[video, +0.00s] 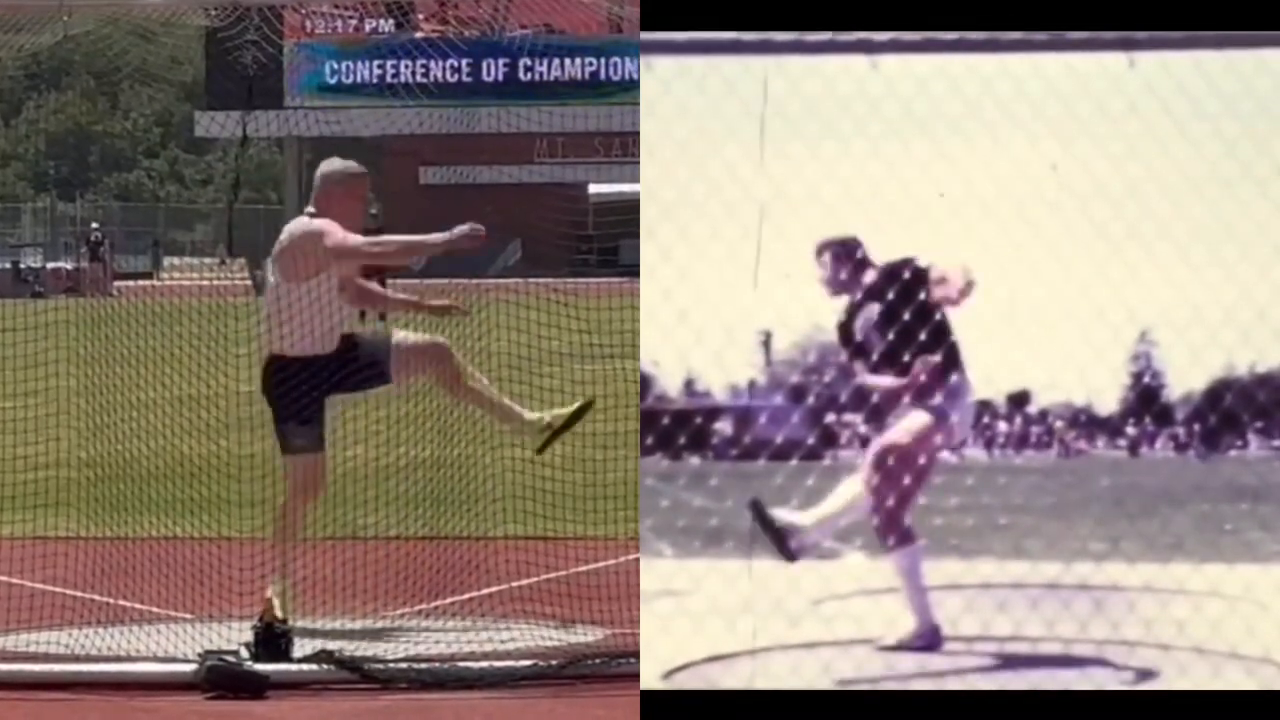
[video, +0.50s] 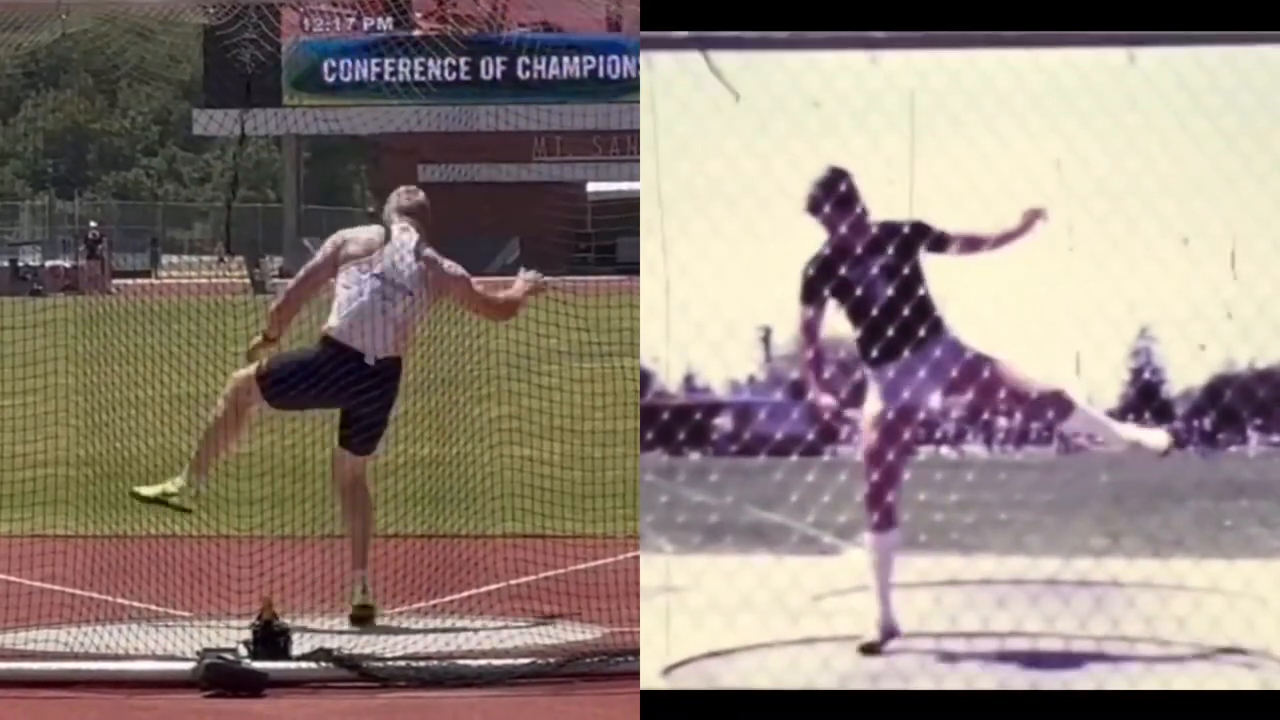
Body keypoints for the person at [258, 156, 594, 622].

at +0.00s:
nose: (366, 205)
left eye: (366, 196)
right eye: (360, 196)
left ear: (340, 197)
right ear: (332, 194)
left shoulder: (337, 240)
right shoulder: (307, 231)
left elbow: (360, 291)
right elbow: (373, 248)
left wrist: (422, 302)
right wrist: (446, 240)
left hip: (337, 355)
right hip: (293, 372)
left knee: (436, 355)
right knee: (306, 484)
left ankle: (530, 427)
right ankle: (276, 603)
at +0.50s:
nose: (400, 213)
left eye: (394, 207)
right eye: (410, 211)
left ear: (386, 215)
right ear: (426, 224)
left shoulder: (353, 240)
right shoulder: (440, 268)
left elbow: (297, 289)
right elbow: (497, 309)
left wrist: (271, 333)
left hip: (336, 361)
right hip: (383, 380)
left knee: (244, 385)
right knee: (352, 472)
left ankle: (187, 483)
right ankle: (362, 591)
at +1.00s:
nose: (219, 238)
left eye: (226, 226)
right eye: (217, 227)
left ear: (256, 221)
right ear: (252, 223)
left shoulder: (261, 279)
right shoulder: (319, 240)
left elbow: (178, 320)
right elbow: (390, 273)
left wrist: (97, 342)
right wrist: (461, 295)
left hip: (341, 394)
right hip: (299, 400)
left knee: (386, 506)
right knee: (259, 507)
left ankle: (473, 605)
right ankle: (251, 633)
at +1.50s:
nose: (266, 238)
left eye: (275, 228)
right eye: (259, 230)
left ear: (299, 228)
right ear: (252, 234)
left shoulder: (316, 271)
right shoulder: (286, 265)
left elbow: (271, 319)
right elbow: (363, 277)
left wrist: (206, 349)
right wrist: (402, 300)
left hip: (361, 396)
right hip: (309, 402)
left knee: (400, 511)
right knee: (264, 508)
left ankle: (464, 613)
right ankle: (250, 633)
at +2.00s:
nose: (367, 254)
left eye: (373, 244)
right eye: (356, 244)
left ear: (379, 246)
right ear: (329, 248)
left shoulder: (392, 288)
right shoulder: (302, 282)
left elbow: (436, 316)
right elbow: (273, 315)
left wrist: (458, 343)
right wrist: (259, 337)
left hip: (377, 422)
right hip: (313, 421)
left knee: (450, 504)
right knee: (274, 510)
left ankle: (426, 627)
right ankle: (248, 633)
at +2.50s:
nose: (443, 279)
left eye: (443, 269)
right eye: (436, 268)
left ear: (427, 273)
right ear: (404, 270)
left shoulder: (440, 311)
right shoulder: (353, 306)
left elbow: (504, 334)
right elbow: (279, 338)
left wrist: (571, 360)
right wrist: (213, 370)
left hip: (377, 450)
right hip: (345, 433)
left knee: (448, 526)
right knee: (365, 513)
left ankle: (439, 624)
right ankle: (250, 571)